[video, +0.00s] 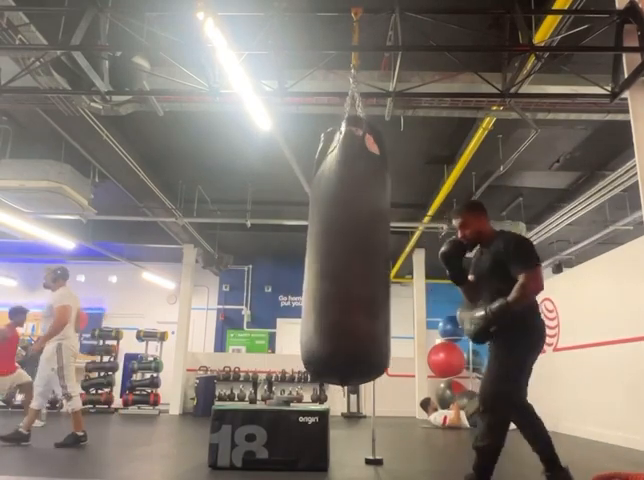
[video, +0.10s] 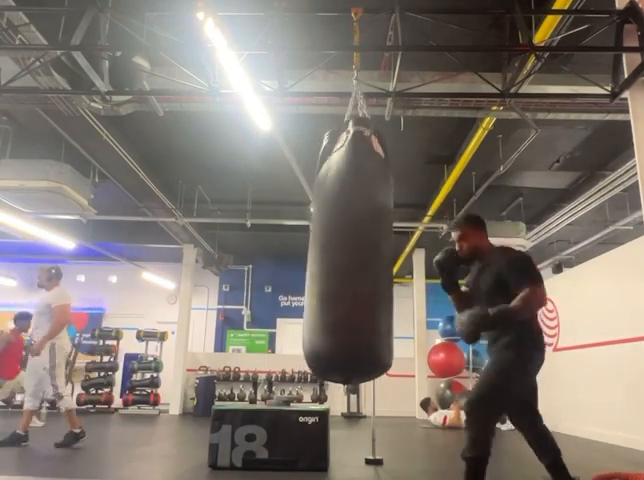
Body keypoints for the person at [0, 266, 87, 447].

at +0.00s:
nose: (44, 282)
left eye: (47, 278)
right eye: (45, 278)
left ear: (58, 278)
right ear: (61, 279)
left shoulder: (62, 294)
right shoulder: (67, 295)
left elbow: (62, 320)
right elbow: (76, 323)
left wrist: (42, 340)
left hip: (61, 344)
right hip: (55, 344)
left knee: (68, 389)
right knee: (40, 387)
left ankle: (79, 431)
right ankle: (24, 430)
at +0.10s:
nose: (38, 281)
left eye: (41, 278)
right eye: (39, 278)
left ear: (53, 278)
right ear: (52, 278)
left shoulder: (59, 294)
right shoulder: (48, 296)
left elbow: (62, 320)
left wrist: (42, 342)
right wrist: (36, 342)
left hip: (54, 346)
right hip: (42, 346)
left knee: (60, 389)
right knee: (33, 388)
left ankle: (75, 429)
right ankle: (22, 431)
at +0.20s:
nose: (32, 279)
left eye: (35, 276)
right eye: (32, 276)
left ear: (46, 276)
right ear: (45, 277)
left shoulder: (56, 293)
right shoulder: (40, 296)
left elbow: (61, 320)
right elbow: (37, 321)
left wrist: (46, 343)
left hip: (44, 343)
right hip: (32, 343)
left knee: (37, 388)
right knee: (26, 388)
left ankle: (66, 423)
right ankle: (21, 431)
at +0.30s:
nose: (25, 278)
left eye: (29, 275)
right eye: (26, 275)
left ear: (41, 276)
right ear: (37, 278)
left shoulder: (52, 293)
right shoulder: (32, 298)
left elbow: (62, 318)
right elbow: (24, 325)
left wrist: (51, 343)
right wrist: (16, 343)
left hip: (35, 343)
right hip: (24, 342)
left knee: (18, 388)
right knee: (24, 388)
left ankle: (46, 420)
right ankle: (21, 431)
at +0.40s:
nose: (20, 279)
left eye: (23, 275)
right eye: (20, 275)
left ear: (34, 276)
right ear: (25, 277)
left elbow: (60, 318)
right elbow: (16, 323)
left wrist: (55, 343)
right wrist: (5, 340)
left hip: (33, 341)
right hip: (18, 341)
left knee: (6, 383)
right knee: (22, 387)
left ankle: (20, 427)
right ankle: (22, 429)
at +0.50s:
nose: (15, 278)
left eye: (19, 275)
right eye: (14, 274)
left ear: (29, 276)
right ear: (15, 276)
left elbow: (55, 319)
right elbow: (8, 322)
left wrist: (55, 347)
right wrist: (3, 341)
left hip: (29, 342)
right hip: (11, 341)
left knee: (6, 376)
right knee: (18, 386)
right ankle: (20, 430)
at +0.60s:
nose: (8, 276)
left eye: (13, 273)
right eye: (8, 272)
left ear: (23, 276)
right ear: (7, 274)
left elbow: (48, 321)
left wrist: (53, 347)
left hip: (21, 344)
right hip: (4, 343)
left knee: (12, 384)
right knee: (11, 385)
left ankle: (19, 429)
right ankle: (19, 429)